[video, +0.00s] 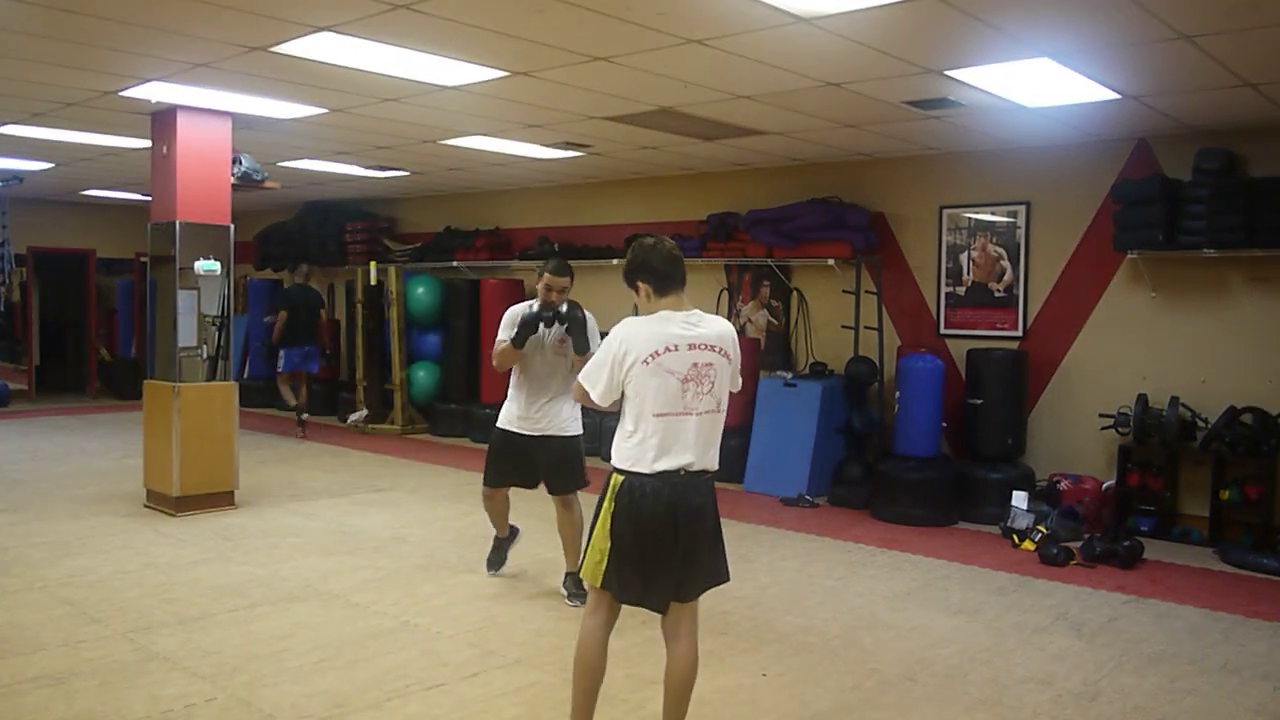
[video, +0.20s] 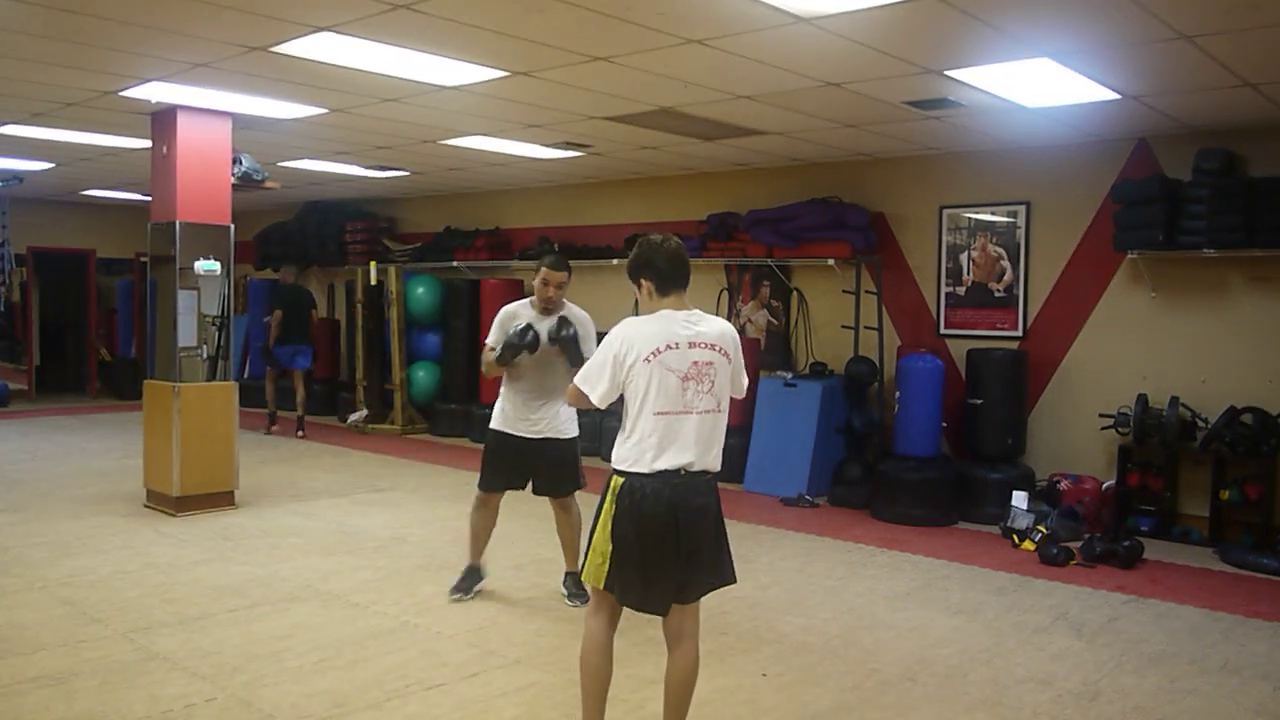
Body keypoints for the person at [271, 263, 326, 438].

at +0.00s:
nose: (292, 278)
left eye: (293, 275)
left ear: (294, 276)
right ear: (308, 277)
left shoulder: (287, 293)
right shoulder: (316, 294)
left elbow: (282, 318)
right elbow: (323, 318)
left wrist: (274, 338)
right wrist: (324, 340)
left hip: (291, 343)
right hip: (310, 342)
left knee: (282, 380)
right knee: (303, 381)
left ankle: (294, 405)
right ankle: (301, 422)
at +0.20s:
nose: (279, 277)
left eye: (281, 274)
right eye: (280, 273)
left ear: (285, 275)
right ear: (297, 276)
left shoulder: (280, 292)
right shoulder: (307, 293)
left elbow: (276, 318)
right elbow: (315, 317)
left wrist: (270, 344)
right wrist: (309, 332)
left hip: (283, 341)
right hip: (303, 341)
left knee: (270, 379)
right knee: (299, 381)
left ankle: (272, 419)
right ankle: (300, 424)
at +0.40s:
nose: (267, 276)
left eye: (269, 274)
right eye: (269, 273)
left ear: (271, 276)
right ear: (285, 277)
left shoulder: (266, 294)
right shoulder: (292, 294)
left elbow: (264, 318)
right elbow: (301, 317)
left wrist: (260, 342)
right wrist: (297, 334)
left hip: (270, 342)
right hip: (290, 342)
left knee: (264, 380)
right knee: (288, 379)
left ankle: (264, 421)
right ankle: (297, 416)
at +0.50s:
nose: (261, 277)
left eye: (263, 274)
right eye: (263, 273)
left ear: (264, 276)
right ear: (279, 277)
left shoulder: (261, 293)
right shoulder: (288, 294)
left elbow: (256, 319)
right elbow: (296, 317)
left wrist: (252, 342)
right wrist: (294, 338)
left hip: (264, 342)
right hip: (284, 342)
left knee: (262, 379)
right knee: (282, 378)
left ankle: (264, 421)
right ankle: (289, 406)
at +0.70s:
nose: (256, 273)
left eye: (256, 270)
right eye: (260, 270)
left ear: (255, 272)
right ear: (270, 273)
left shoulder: (250, 290)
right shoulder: (277, 289)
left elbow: (244, 313)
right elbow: (285, 311)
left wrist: (237, 329)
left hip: (256, 339)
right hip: (275, 338)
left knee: (258, 377)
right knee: (268, 375)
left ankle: (263, 418)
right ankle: (270, 408)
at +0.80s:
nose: (255, 276)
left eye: (254, 273)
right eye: (258, 272)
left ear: (251, 275)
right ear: (267, 274)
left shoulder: (246, 290)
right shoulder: (276, 288)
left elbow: (240, 314)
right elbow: (281, 312)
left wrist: (233, 326)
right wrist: (285, 332)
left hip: (252, 337)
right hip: (271, 336)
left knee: (256, 374)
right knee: (263, 374)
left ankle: (261, 413)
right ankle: (260, 410)